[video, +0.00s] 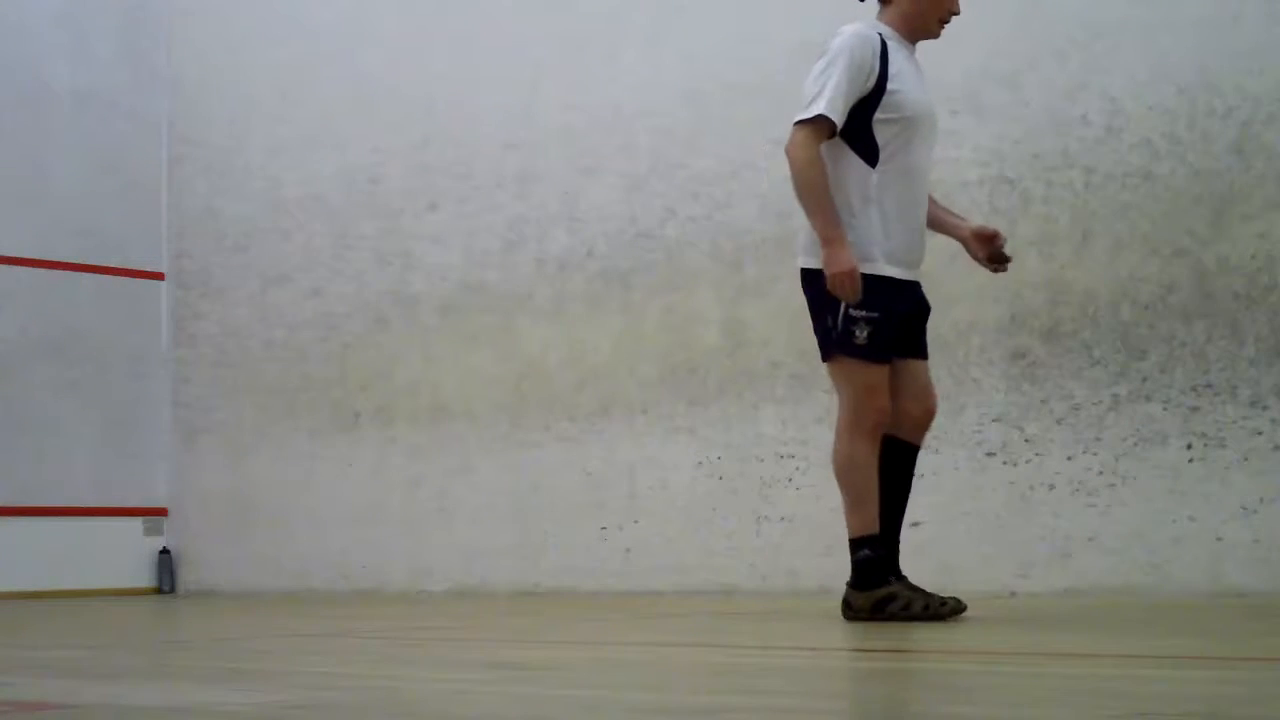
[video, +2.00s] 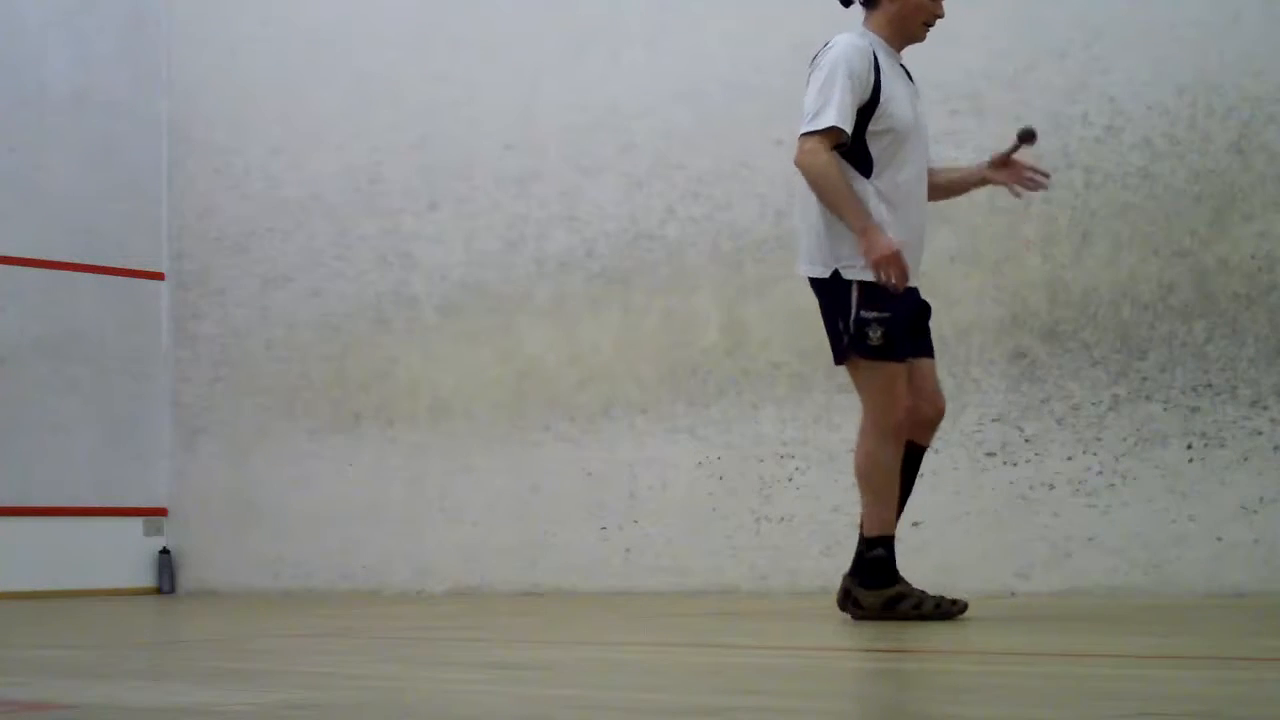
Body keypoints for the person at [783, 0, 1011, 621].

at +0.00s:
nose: (955, 8)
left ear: (918, 2)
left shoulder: (905, 64)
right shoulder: (861, 44)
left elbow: (895, 185)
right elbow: (802, 144)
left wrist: (963, 229)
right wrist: (834, 247)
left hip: (896, 271)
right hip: (852, 268)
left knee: (914, 408)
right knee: (864, 412)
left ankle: (882, 575)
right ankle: (868, 581)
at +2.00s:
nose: (941, 11)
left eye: (940, 3)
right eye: (933, 0)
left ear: (899, 4)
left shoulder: (897, 72)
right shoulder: (849, 54)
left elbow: (909, 185)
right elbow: (812, 151)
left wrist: (985, 171)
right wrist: (870, 233)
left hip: (892, 266)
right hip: (852, 267)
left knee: (924, 409)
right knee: (886, 411)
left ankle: (869, 571)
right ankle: (874, 580)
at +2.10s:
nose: (932, 12)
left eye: (932, 3)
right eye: (923, 1)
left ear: (886, 7)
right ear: (882, 2)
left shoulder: (883, 73)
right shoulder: (845, 58)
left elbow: (896, 191)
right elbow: (802, 159)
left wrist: (975, 203)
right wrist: (859, 234)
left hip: (880, 269)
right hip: (868, 269)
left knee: (908, 418)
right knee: (942, 401)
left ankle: (869, 577)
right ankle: (894, 568)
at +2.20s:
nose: (927, 26)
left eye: (928, 15)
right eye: (917, 13)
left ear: (888, 18)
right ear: (875, 12)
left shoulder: (878, 89)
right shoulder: (842, 75)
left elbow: (891, 207)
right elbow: (792, 176)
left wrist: (963, 233)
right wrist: (846, 246)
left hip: (881, 274)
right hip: (879, 270)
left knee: (928, 432)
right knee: (1012, 343)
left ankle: (869, 582)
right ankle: (939, 484)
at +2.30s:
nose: (928, 38)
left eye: (930, 26)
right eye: (919, 24)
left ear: (896, 28)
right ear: (877, 22)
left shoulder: (882, 96)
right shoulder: (843, 85)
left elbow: (878, 197)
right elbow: (790, 183)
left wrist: (932, 237)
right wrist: (848, 259)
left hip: (881, 277)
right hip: (880, 267)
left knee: (937, 430)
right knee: (1031, 257)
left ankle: (869, 582)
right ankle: (969, 405)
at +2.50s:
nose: (931, 21)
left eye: (934, 11)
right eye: (918, 9)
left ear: (931, 20)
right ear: (878, 12)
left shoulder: (907, 92)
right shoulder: (848, 72)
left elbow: (917, 205)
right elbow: (785, 167)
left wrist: (993, 286)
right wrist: (835, 216)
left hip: (898, 268)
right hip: (874, 262)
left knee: (935, 431)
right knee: (1028, 233)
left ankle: (869, 581)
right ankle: (936, 377)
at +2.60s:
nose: (927, 13)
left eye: (934, 4)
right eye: (912, 2)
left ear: (940, 16)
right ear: (879, 12)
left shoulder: (935, 105)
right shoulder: (850, 69)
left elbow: (963, 206)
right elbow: (777, 152)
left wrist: (1020, 269)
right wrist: (771, 179)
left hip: (894, 263)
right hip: (872, 255)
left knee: (948, 431)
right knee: (1017, 304)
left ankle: (870, 581)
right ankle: (917, 446)